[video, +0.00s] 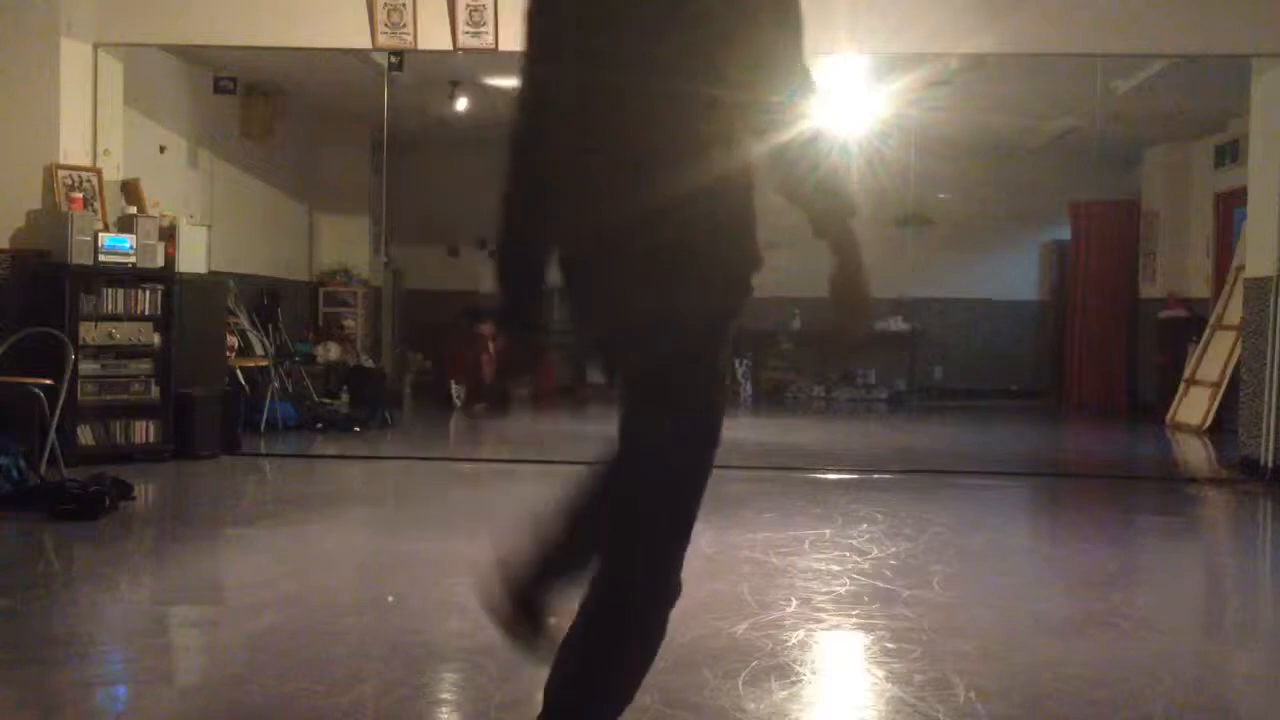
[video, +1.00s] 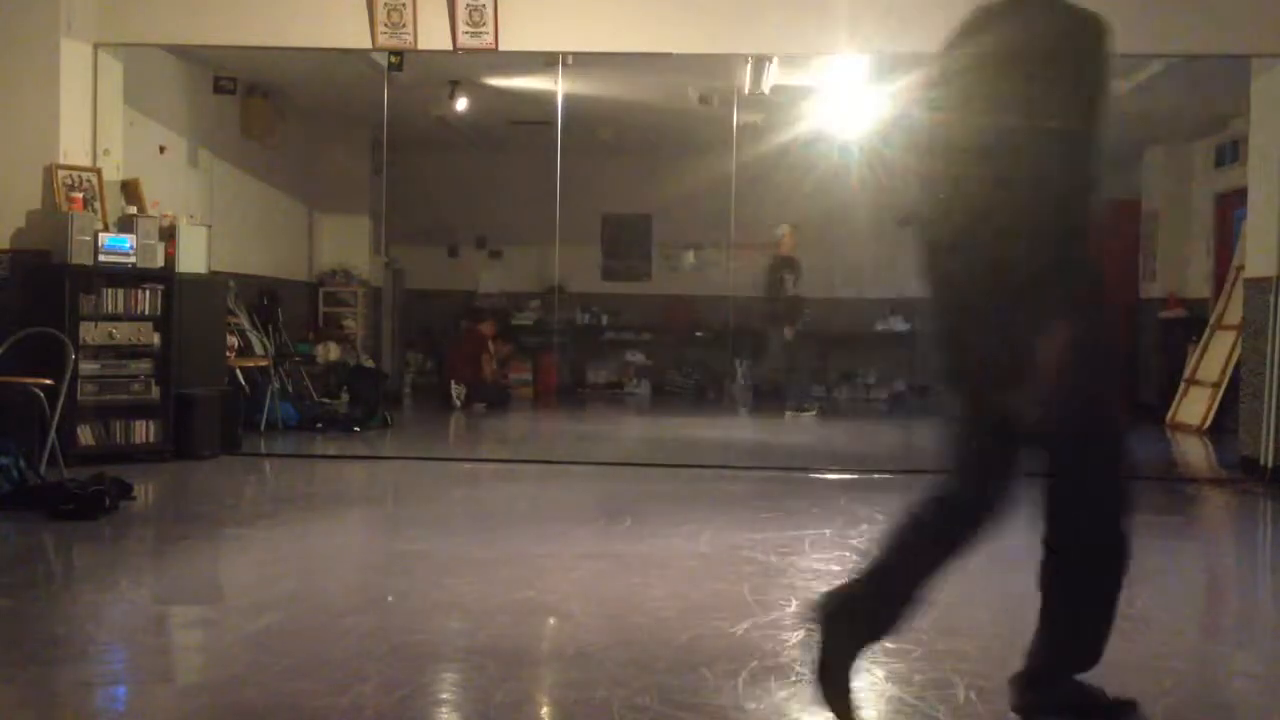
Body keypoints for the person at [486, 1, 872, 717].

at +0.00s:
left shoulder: (561, 12)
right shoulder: (756, 12)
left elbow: (536, 131)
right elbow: (780, 120)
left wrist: (520, 304)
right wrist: (846, 250)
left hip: (593, 253)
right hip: (695, 255)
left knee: (655, 443)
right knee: (649, 548)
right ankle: (578, 708)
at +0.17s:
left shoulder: (623, 11)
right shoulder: (798, 10)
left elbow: (582, 143)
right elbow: (830, 122)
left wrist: (565, 305)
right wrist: (896, 252)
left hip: (624, 272)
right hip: (724, 276)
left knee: (688, 506)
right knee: (660, 530)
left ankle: (733, 684)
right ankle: (574, 709)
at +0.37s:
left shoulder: (710, 18)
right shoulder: (865, 12)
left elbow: (671, 164)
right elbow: (878, 142)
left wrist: (651, 313)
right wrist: (926, 268)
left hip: (715, 286)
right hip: (801, 293)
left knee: (750, 509)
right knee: (777, 512)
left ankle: (765, 701)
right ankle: (631, 694)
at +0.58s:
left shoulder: (784, 20)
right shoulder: (907, 18)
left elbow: (766, 164)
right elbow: (894, 163)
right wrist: (919, 277)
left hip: (789, 288)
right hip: (872, 294)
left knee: (783, 489)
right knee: (921, 477)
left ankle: (762, 695)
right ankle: (840, 667)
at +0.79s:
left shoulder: (880, 24)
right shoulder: (975, 14)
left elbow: (854, 168)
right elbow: (958, 155)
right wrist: (952, 292)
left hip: (861, 290)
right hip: (928, 297)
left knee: (821, 496)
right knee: (983, 494)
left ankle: (765, 694)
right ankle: (1039, 675)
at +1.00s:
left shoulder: (977, 35)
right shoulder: (1069, 32)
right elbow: (1049, 188)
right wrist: (1060, 313)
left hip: (983, 315)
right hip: (1056, 319)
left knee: (976, 485)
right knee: (1089, 496)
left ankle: (853, 614)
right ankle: (1052, 676)